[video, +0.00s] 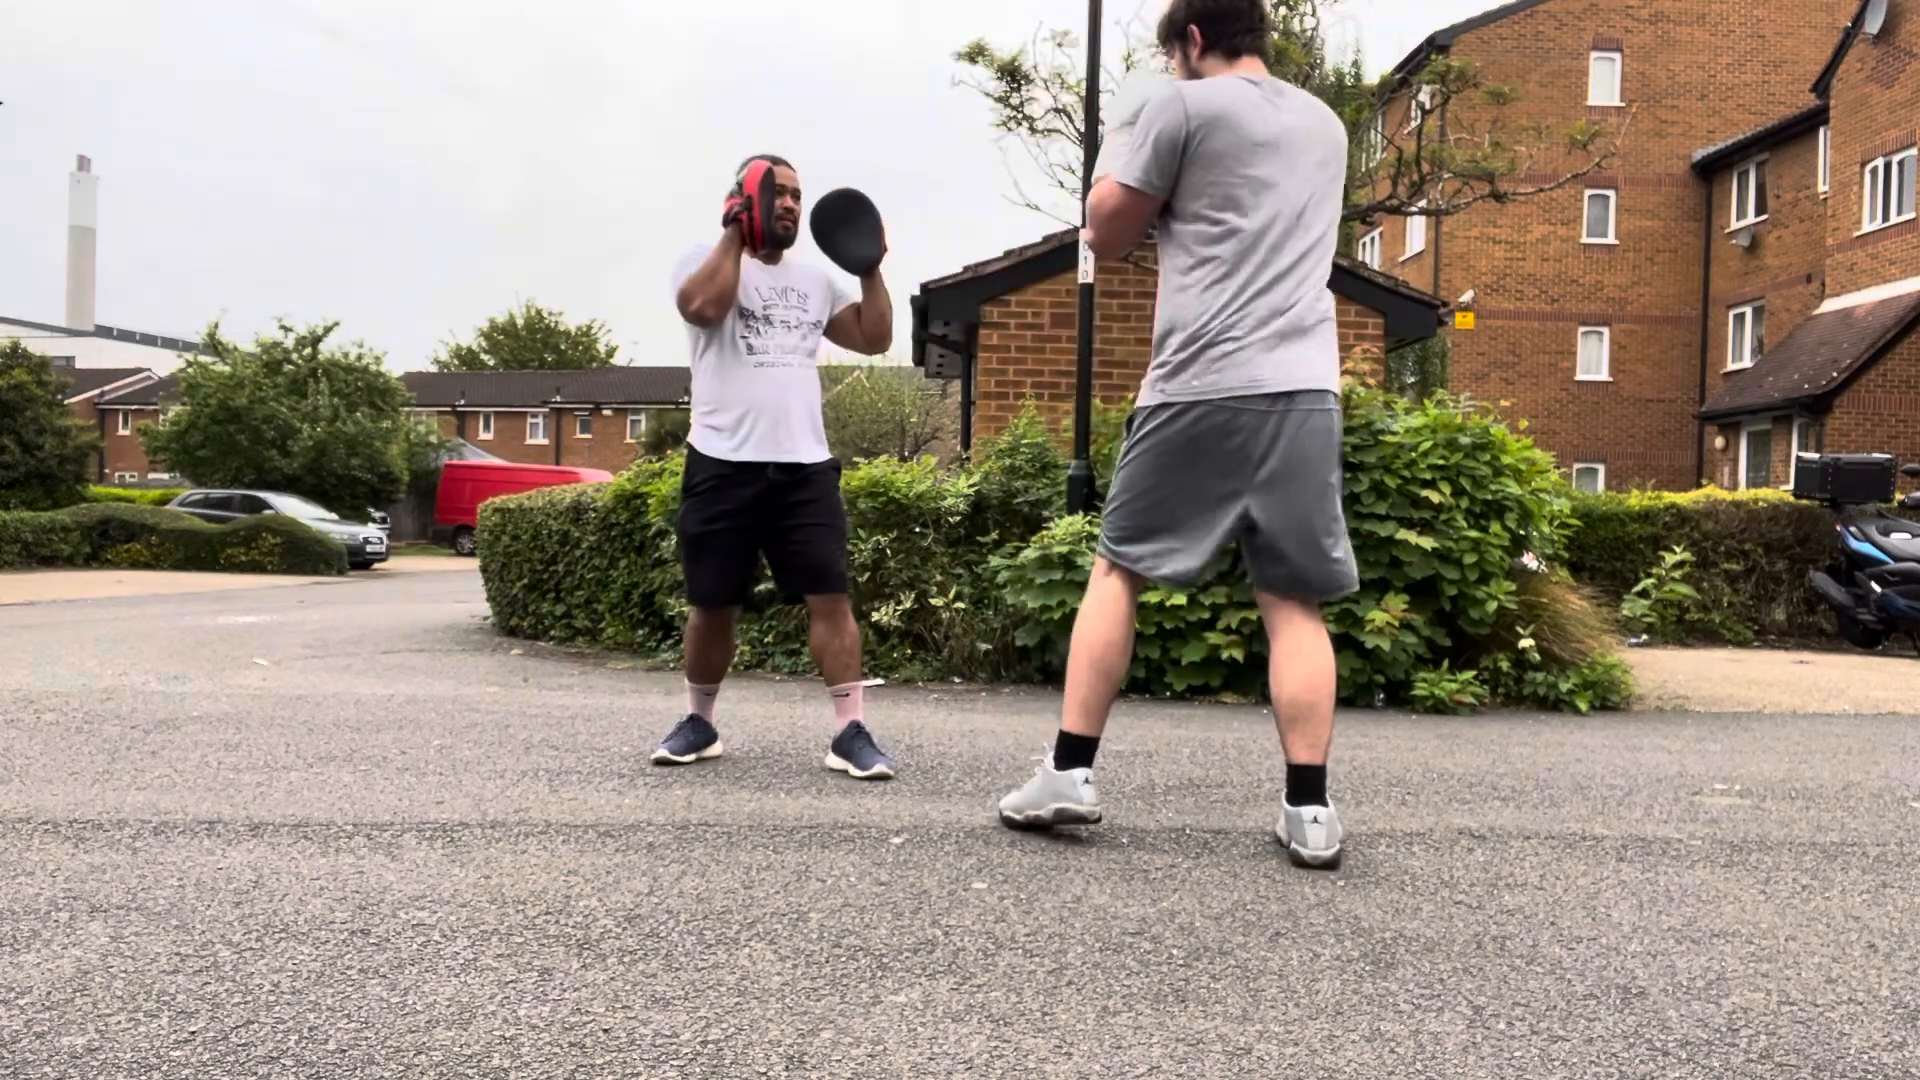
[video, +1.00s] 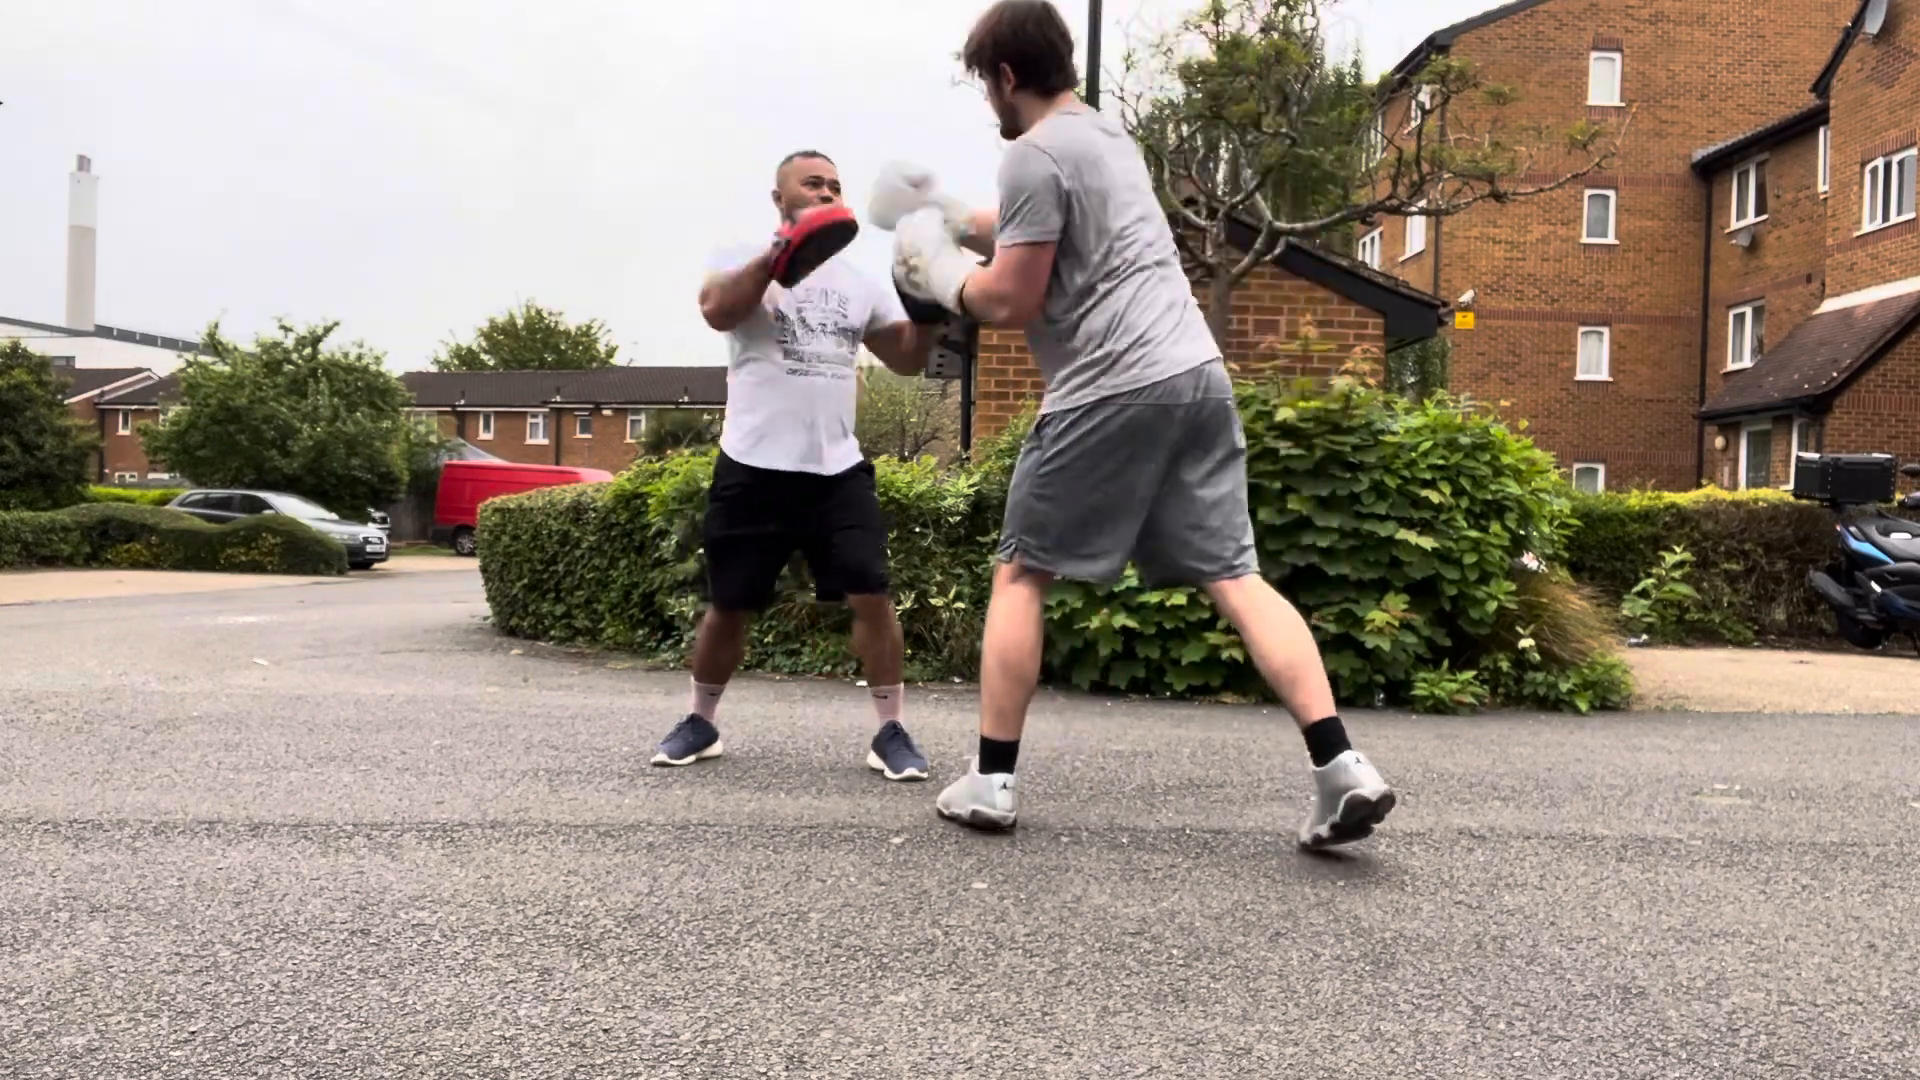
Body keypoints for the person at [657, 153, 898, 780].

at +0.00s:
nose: (789, 203)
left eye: (796, 195)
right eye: (777, 192)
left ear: (801, 209)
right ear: (743, 202)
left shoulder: (814, 279)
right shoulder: (704, 264)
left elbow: (874, 338)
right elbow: (704, 307)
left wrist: (872, 268)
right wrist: (732, 231)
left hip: (805, 464)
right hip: (722, 463)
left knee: (830, 592)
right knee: (710, 601)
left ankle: (851, 728)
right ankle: (699, 722)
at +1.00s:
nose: (828, 194)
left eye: (834, 187)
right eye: (813, 184)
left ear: (843, 201)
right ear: (778, 198)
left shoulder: (858, 278)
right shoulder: (743, 261)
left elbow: (907, 358)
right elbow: (719, 314)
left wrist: (926, 297)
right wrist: (780, 254)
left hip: (838, 464)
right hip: (753, 461)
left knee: (871, 592)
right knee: (727, 603)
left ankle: (890, 729)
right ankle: (700, 721)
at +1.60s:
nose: (909, 209)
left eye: (917, 201)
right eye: (898, 198)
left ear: (921, 214)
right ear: (866, 202)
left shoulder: (915, 290)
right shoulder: (820, 255)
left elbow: (929, 383)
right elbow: (823, 276)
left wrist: (975, 351)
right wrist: (866, 203)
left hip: (880, 465)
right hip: (798, 453)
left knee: (893, 593)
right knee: (764, 597)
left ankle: (892, 730)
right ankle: (736, 712)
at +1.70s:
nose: (890, 214)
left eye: (899, 207)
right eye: (877, 203)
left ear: (903, 224)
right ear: (846, 209)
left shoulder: (901, 293)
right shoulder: (797, 261)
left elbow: (914, 381)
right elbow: (776, 324)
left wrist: (970, 362)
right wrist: (812, 256)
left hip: (866, 465)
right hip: (784, 458)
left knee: (888, 590)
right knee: (760, 597)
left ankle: (891, 730)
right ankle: (735, 716)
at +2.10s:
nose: (821, 205)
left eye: (830, 197)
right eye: (807, 194)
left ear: (839, 208)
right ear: (776, 202)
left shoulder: (862, 276)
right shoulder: (744, 278)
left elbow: (927, 321)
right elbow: (703, 370)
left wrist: (965, 276)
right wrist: (730, 315)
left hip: (842, 467)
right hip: (758, 468)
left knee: (866, 591)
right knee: (745, 599)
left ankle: (891, 729)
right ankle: (736, 719)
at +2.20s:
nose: (806, 205)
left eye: (814, 197)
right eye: (792, 195)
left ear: (824, 208)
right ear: (759, 205)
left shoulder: (853, 270)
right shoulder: (735, 275)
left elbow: (923, 321)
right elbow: (693, 360)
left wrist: (938, 287)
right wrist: (731, 297)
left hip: (834, 461)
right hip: (751, 465)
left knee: (862, 591)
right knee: (744, 599)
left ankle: (891, 729)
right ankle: (735, 720)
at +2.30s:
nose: (792, 206)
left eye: (799, 197)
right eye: (777, 197)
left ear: (811, 208)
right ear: (747, 208)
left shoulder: (839, 274)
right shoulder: (723, 274)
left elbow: (897, 344)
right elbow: (695, 348)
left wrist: (910, 286)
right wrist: (723, 273)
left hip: (831, 462)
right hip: (749, 465)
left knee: (862, 588)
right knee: (742, 599)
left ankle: (891, 727)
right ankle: (736, 720)